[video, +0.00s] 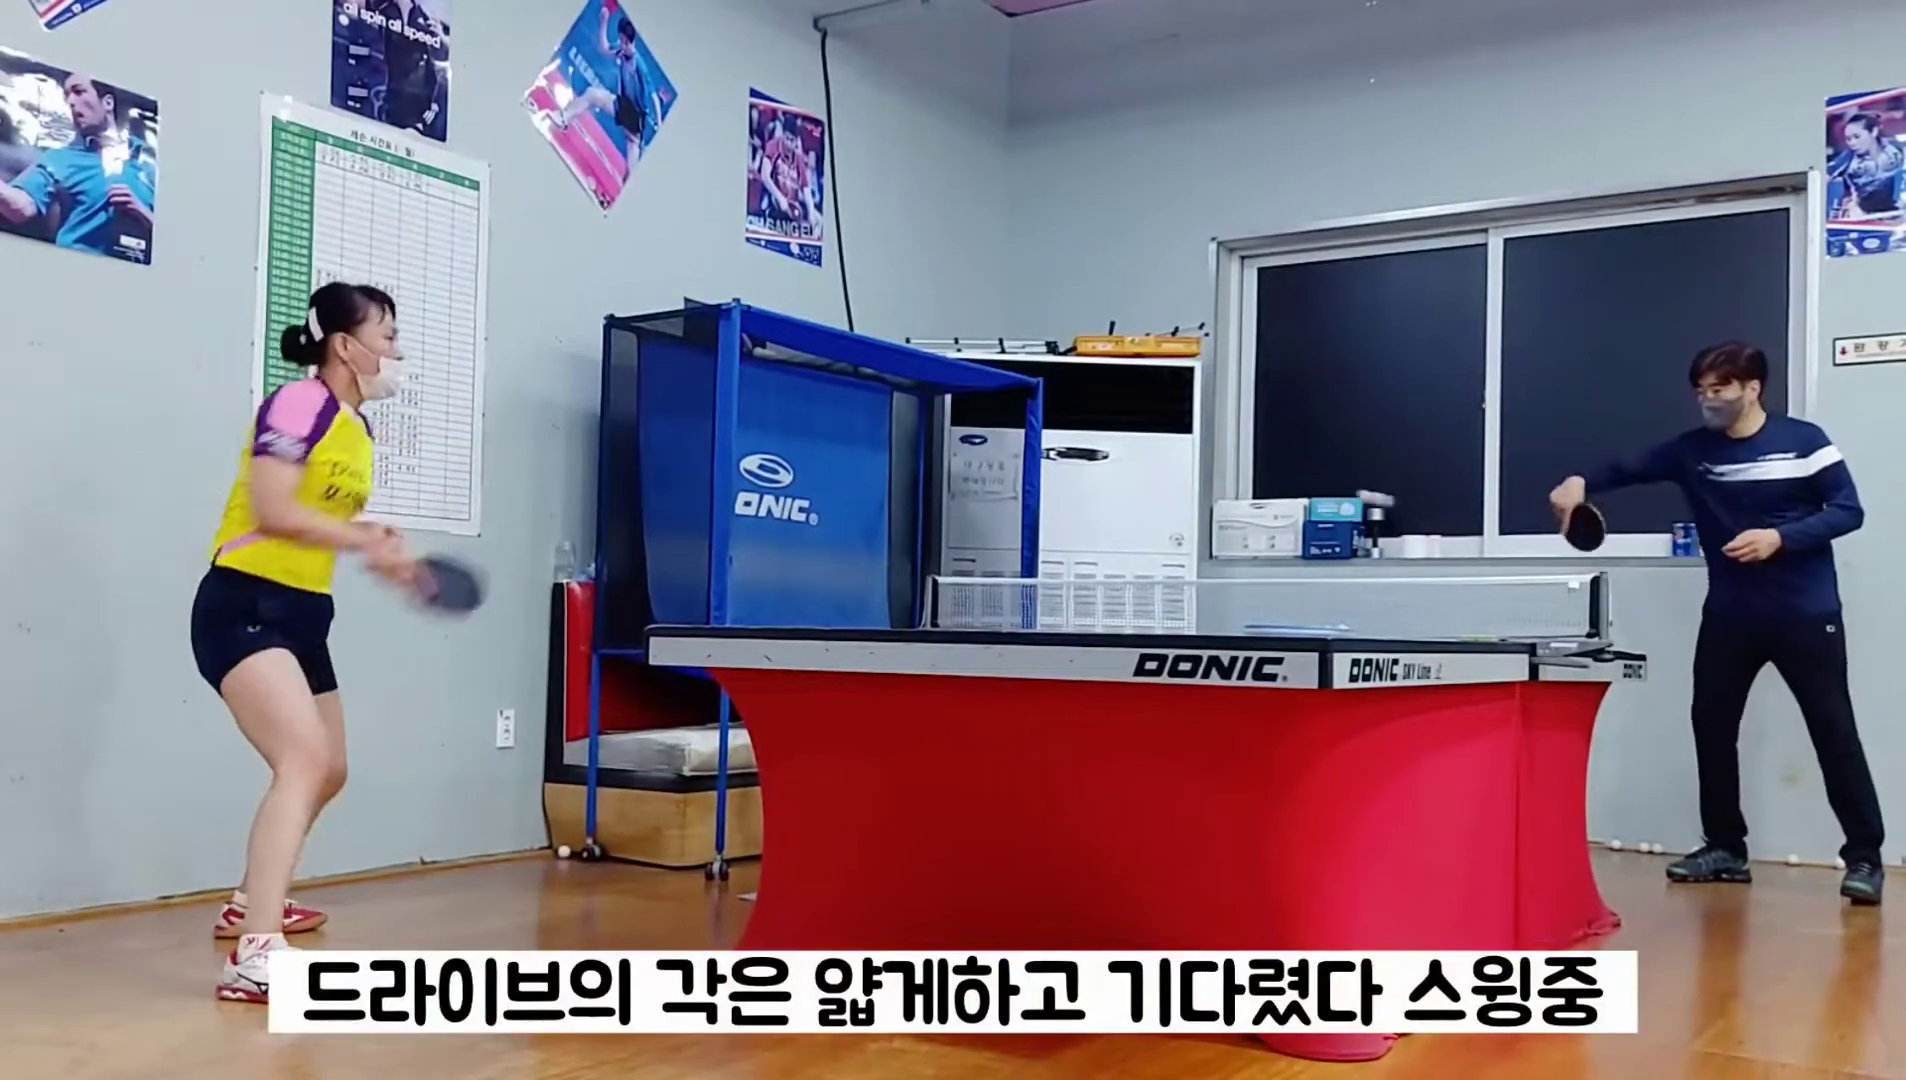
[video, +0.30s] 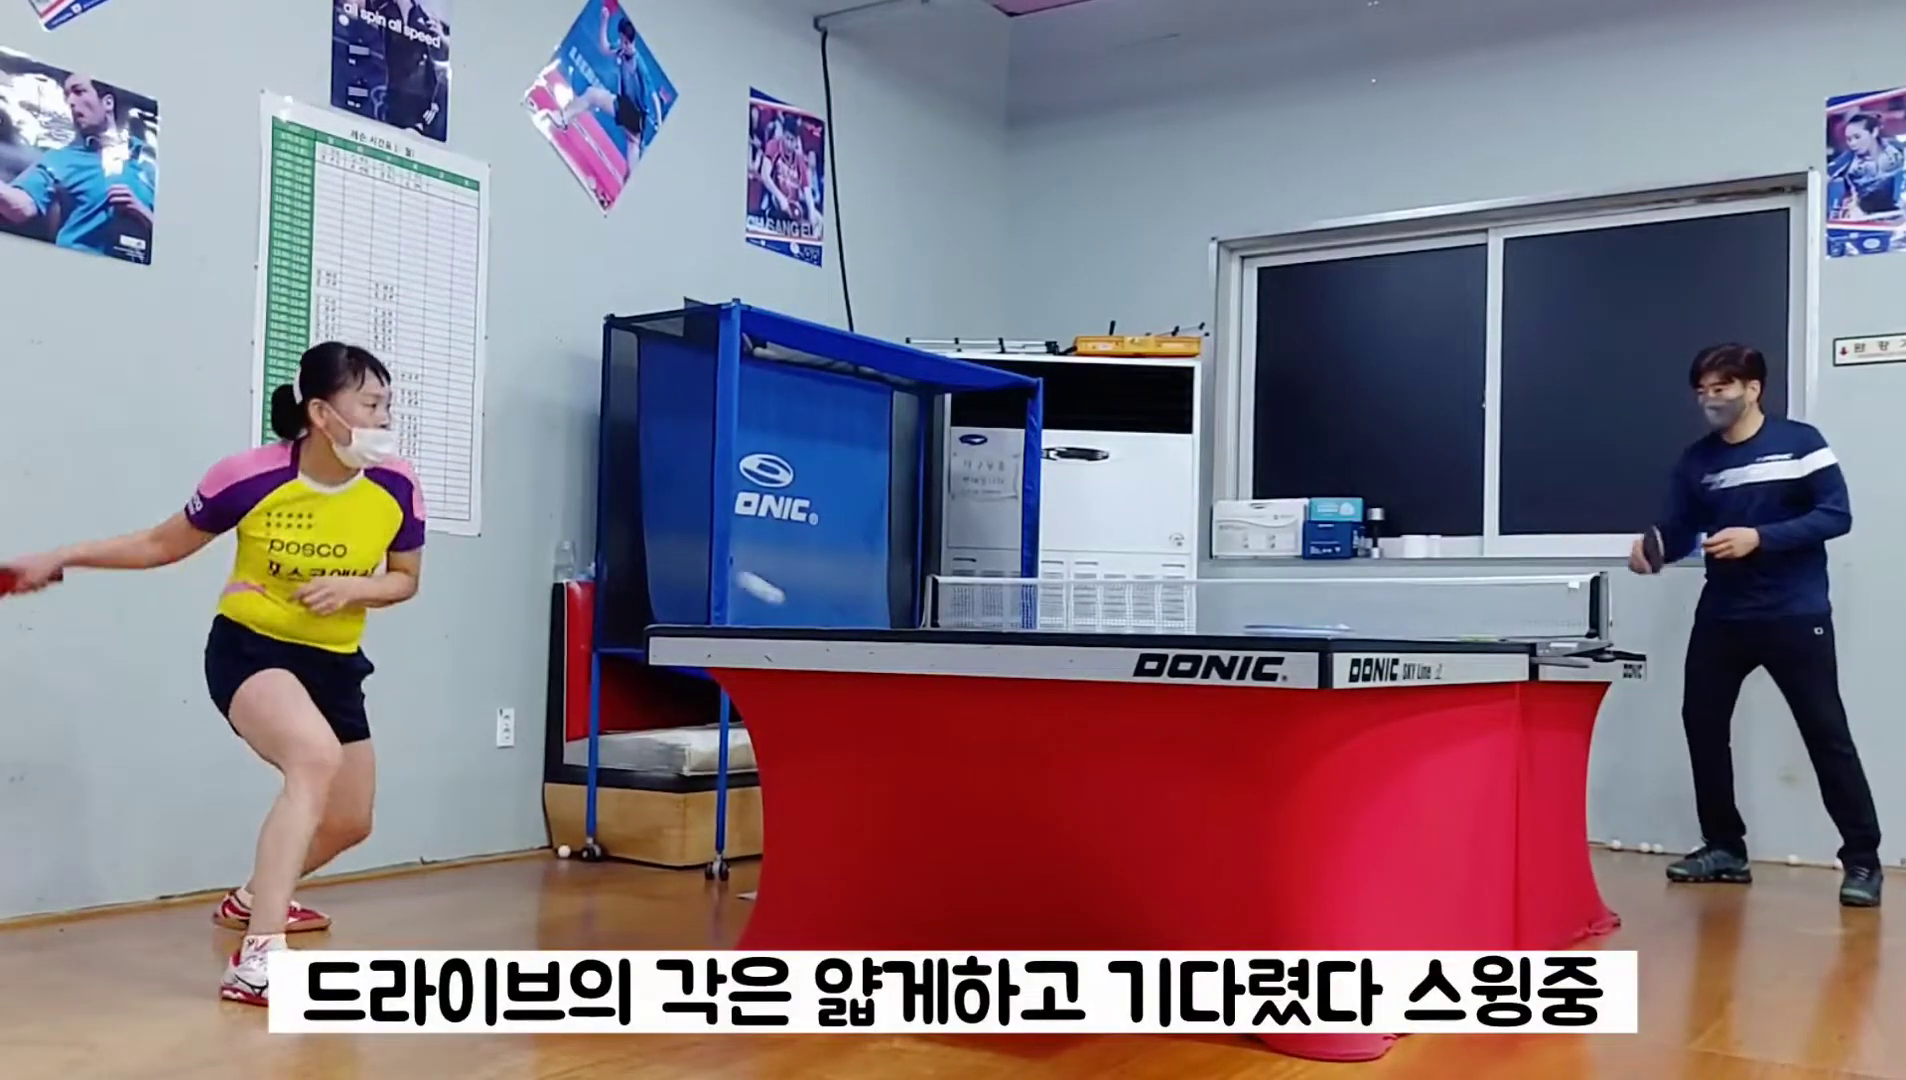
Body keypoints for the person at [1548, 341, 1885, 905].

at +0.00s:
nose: (1708, 398)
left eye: (1719, 387)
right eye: (1701, 390)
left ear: (1752, 387)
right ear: (1696, 395)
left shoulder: (1805, 440)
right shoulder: (1691, 451)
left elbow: (1847, 510)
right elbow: (1628, 468)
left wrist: (1780, 536)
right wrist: (1581, 483)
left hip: (1806, 618)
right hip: (1729, 619)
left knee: (1834, 734)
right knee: (1711, 727)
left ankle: (1863, 859)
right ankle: (1725, 849)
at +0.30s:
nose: (1709, 396)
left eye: (1721, 385)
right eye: (1702, 389)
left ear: (1753, 388)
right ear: (1698, 396)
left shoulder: (1801, 442)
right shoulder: (1697, 461)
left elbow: (1836, 514)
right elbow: (1680, 534)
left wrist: (1759, 536)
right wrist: (1655, 549)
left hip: (1795, 618)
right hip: (1721, 621)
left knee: (1827, 736)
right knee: (1702, 724)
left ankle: (1861, 862)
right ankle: (1724, 848)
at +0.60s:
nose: (1723, 398)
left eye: (1733, 387)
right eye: (1715, 391)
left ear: (1765, 385)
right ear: (1711, 397)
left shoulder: (1816, 437)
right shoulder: (1718, 458)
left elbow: (1855, 510)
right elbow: (1718, 534)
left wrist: (1772, 534)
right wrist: (1687, 571)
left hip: (1815, 616)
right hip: (1745, 617)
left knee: (1839, 737)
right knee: (1721, 723)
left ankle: (1864, 863)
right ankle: (1728, 848)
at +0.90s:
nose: (1733, 399)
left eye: (1744, 389)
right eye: (1726, 392)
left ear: (1777, 387)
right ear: (1721, 397)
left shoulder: (1830, 437)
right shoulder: (1718, 458)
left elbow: (1874, 509)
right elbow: (1675, 522)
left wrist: (1799, 532)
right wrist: (1646, 539)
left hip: (1823, 615)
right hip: (1748, 615)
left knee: (1846, 738)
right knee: (1724, 725)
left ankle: (1864, 864)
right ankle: (1727, 848)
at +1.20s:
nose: (1735, 391)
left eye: (1747, 381)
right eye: (1728, 384)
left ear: (1778, 382)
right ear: (1722, 391)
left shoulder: (1829, 440)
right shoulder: (1718, 456)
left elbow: (1866, 513)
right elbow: (1688, 518)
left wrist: (1792, 534)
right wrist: (1658, 528)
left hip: (1817, 615)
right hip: (1743, 615)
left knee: (1841, 737)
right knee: (1719, 724)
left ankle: (1863, 862)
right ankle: (1726, 848)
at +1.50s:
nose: (1731, 392)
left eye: (1742, 381)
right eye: (1723, 385)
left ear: (1774, 383)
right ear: (1719, 393)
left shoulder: (1823, 436)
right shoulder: (1723, 456)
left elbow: (1860, 510)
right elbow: (1721, 534)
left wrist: (1777, 530)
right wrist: (1689, 566)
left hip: (1817, 615)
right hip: (1747, 616)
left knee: (1840, 736)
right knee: (1725, 724)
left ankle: (1864, 863)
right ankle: (1728, 848)